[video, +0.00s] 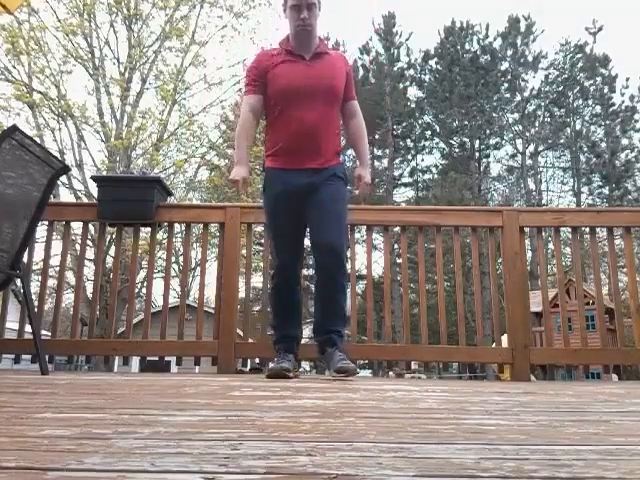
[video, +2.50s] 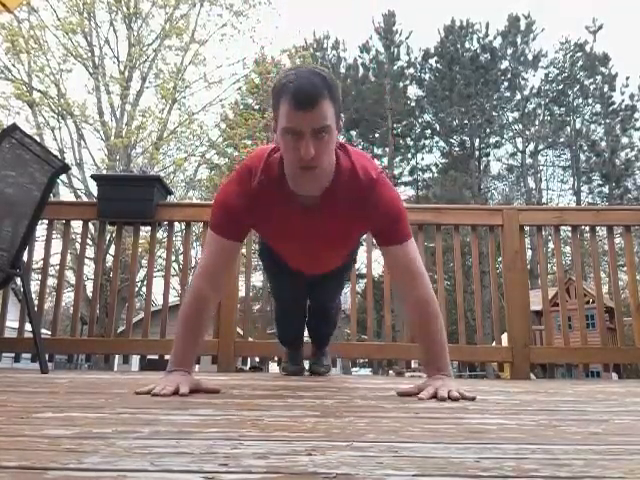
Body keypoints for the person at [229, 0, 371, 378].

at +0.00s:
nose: (303, 13)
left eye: (310, 8)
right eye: (296, 8)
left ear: (319, 13)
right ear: (285, 14)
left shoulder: (338, 63)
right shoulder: (265, 61)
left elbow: (352, 115)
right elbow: (249, 111)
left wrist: (365, 163)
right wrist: (240, 161)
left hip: (329, 175)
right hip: (282, 176)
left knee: (333, 252)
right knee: (286, 264)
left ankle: (331, 347)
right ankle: (285, 352)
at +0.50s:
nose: (325, 25)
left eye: (331, 18)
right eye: (317, 18)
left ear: (340, 21)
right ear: (305, 22)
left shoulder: (360, 76)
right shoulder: (282, 73)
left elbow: (386, 127)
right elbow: (268, 131)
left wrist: (393, 178)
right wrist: (260, 186)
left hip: (341, 184)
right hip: (296, 179)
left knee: (331, 270)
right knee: (292, 247)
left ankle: (324, 354)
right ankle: (284, 346)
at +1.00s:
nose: (323, 68)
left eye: (332, 56)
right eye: (312, 57)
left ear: (344, 47)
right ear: (297, 49)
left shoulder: (366, 93)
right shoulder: (272, 95)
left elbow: (394, 158)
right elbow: (244, 176)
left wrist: (413, 224)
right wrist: (229, 250)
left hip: (326, 176)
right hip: (280, 174)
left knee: (323, 262)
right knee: (286, 245)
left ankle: (320, 347)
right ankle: (290, 350)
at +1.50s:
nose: (312, 204)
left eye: (323, 193)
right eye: (302, 193)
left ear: (341, 174)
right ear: (283, 171)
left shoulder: (366, 194)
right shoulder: (254, 190)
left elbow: (404, 286)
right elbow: (217, 276)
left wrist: (436, 374)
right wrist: (183, 365)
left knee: (320, 266)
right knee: (267, 253)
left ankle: (317, 350)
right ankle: (296, 353)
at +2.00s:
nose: (303, 180)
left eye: (316, 164)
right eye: (289, 165)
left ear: (336, 148)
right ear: (272, 150)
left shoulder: (372, 183)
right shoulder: (243, 182)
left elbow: (410, 281)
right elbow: (206, 282)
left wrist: (437, 374)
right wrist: (180, 370)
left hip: (334, 230)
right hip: (275, 226)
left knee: (328, 301)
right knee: (263, 311)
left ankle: (325, 350)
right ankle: (285, 322)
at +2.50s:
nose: (307, 149)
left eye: (320, 133)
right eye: (294, 134)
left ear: (339, 128)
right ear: (275, 130)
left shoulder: (370, 186)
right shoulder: (245, 186)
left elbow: (413, 280)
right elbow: (206, 281)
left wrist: (439, 373)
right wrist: (179, 370)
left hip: (336, 253)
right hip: (280, 250)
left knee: (324, 310)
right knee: (289, 312)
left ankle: (320, 354)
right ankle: (292, 353)